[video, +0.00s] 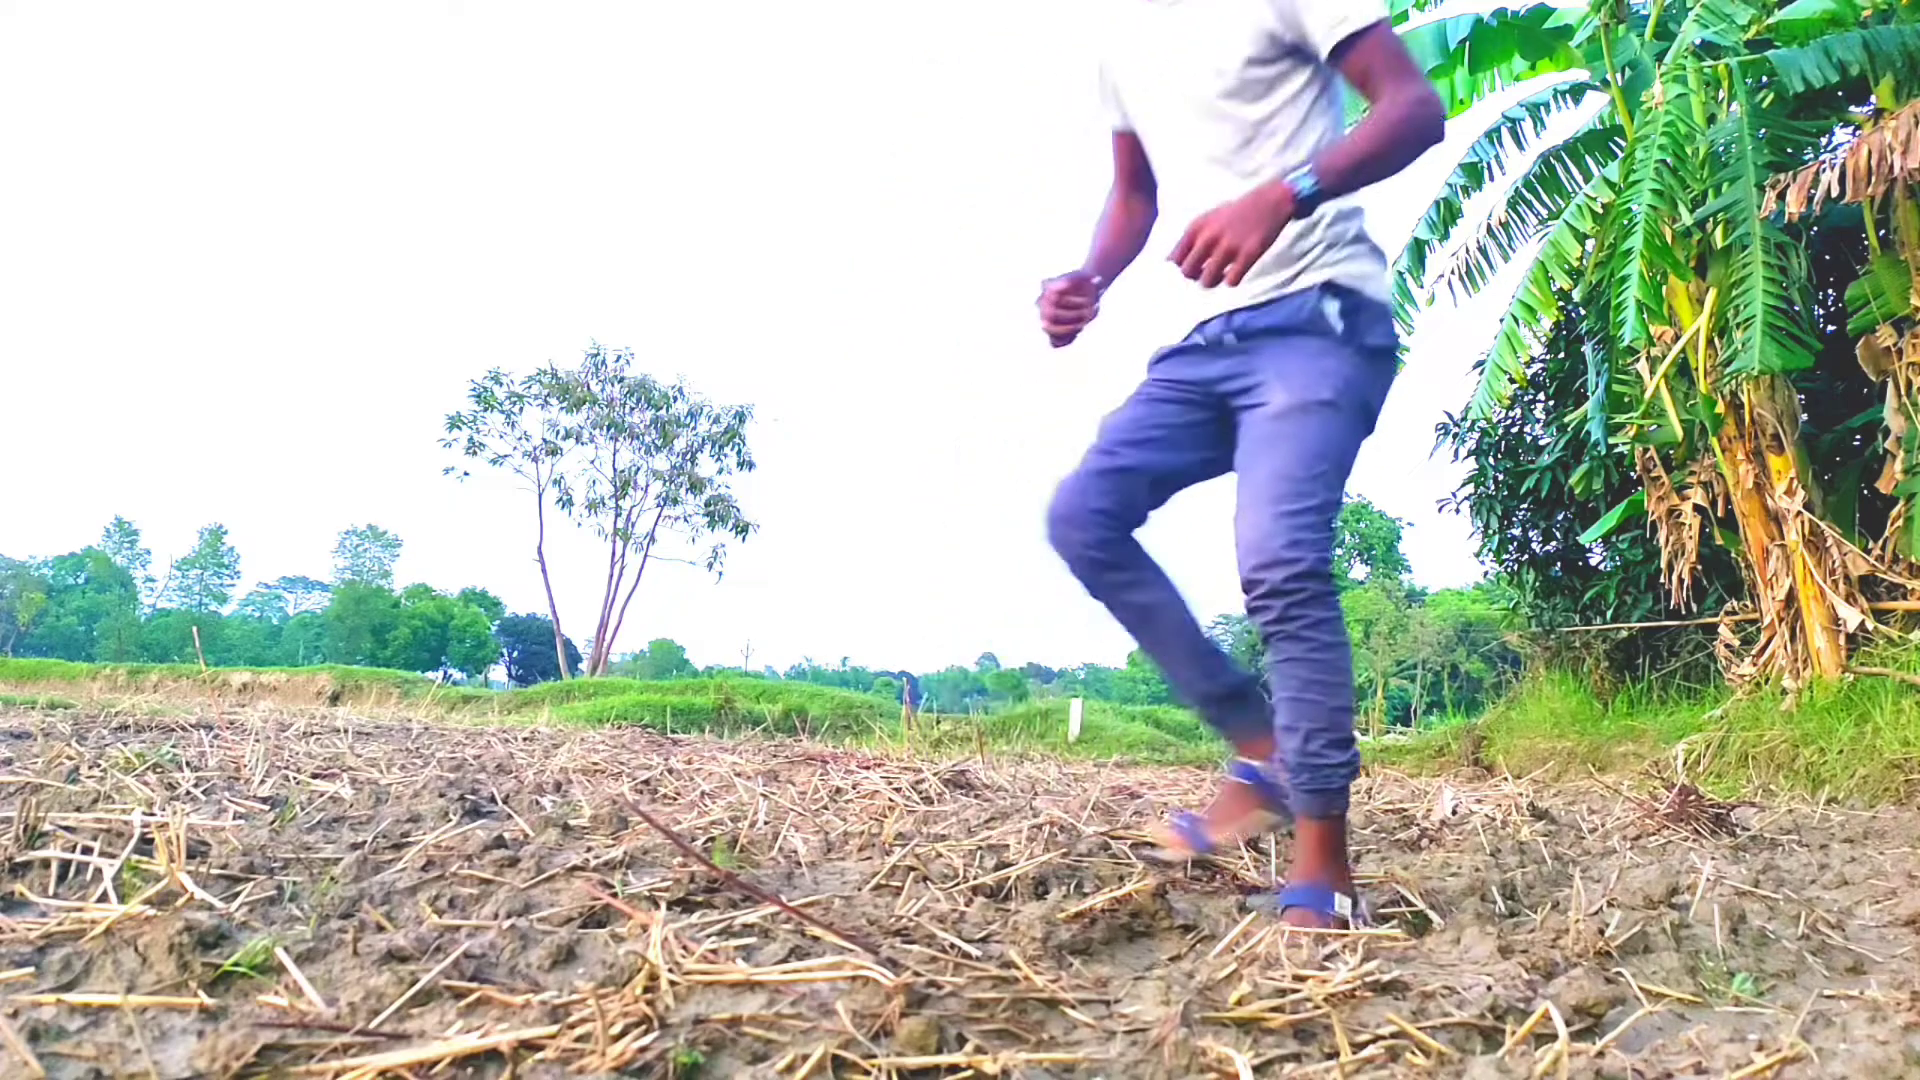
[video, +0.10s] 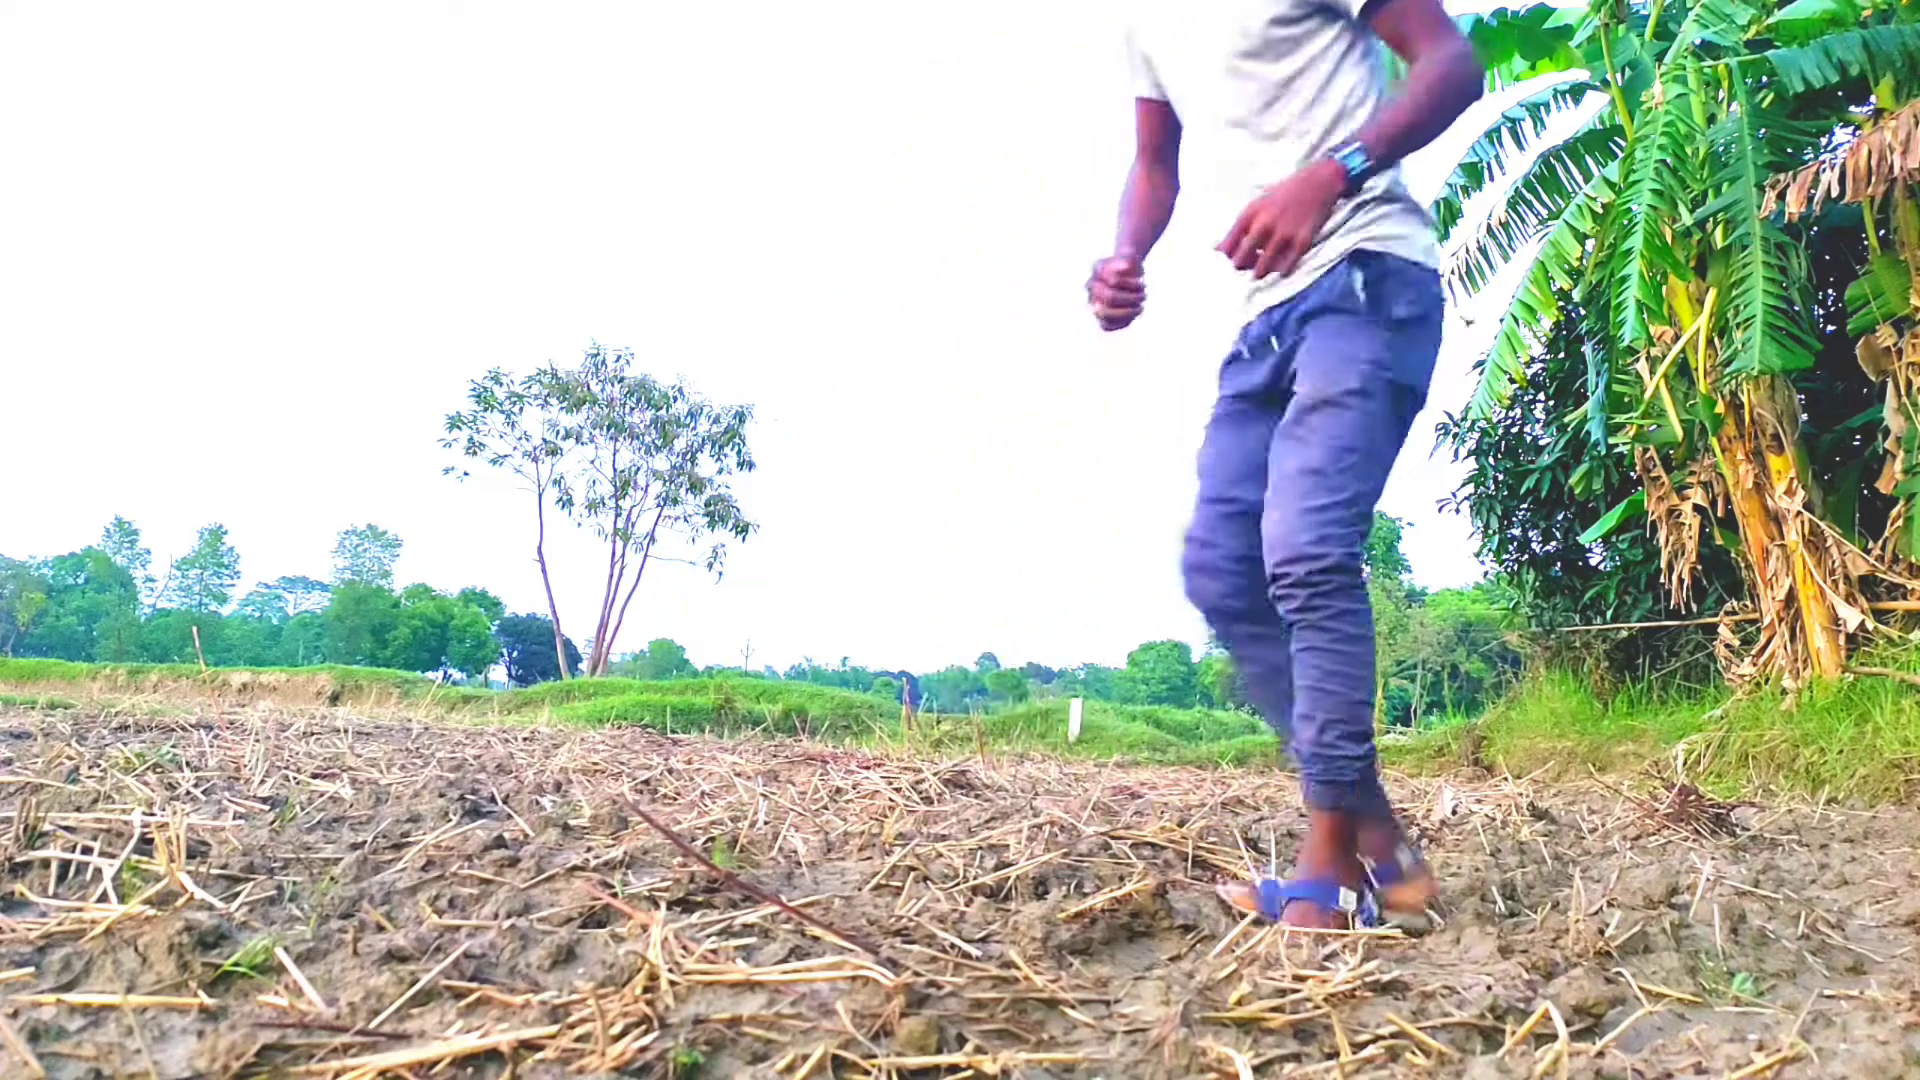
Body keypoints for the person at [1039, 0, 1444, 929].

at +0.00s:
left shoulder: (1291, 8)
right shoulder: (1117, 44)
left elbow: (1415, 108)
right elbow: (1134, 189)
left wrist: (1281, 195)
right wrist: (1094, 275)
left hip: (1318, 319)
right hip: (1209, 341)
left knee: (1282, 566)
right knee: (1082, 518)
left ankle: (1319, 877)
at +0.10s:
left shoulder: (1324, 2)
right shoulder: (1145, 23)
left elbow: (1453, 64)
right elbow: (1154, 160)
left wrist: (1328, 175)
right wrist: (1126, 255)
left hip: (1368, 269)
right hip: (1270, 310)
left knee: (1310, 553)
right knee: (1224, 576)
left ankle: (1328, 872)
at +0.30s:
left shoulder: (1390, 5)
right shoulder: (1197, 31)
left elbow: (1516, 63)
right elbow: (1198, 199)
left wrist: (1387, 194)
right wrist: (1157, 321)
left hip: (1460, 248)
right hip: (1395, 278)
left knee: (1271, 444)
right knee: (1301, 589)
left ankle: (1425, 775)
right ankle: (1385, 856)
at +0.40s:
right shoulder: (1226, 20)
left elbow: (1534, 45)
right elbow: (1238, 184)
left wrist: (1396, 199)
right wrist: (1185, 326)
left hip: (1479, 241)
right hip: (1398, 277)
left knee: (1337, 484)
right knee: (1322, 581)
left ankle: (1520, 837)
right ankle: (1400, 882)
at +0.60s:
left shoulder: (1449, 5)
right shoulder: (1290, 24)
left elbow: (1493, 126)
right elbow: (1311, 214)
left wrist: (1388, 357)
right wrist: (1251, 407)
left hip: (1585, 250)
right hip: (1467, 285)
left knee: (1409, 537)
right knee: (1278, 522)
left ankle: (1580, 912)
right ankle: (1431, 823)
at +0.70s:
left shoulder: (1439, 4)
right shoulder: (1289, 38)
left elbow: (1438, 190)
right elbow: (1311, 252)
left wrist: (1356, 427)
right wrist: (1249, 450)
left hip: (1632, 269)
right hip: (1508, 303)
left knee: (1425, 540)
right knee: (1312, 530)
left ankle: (1598, 921)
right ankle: (1479, 826)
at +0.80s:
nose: (1183, 53)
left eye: (1186, 15)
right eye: (1159, 39)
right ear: (1157, 43)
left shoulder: (1418, 24)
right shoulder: (1275, 127)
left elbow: (1363, 305)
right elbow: (1275, 345)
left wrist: (1273, 539)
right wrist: (1210, 546)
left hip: (1692, 298)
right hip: (1563, 326)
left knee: (1442, 544)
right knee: (1331, 533)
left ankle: (1607, 923)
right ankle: (1472, 865)